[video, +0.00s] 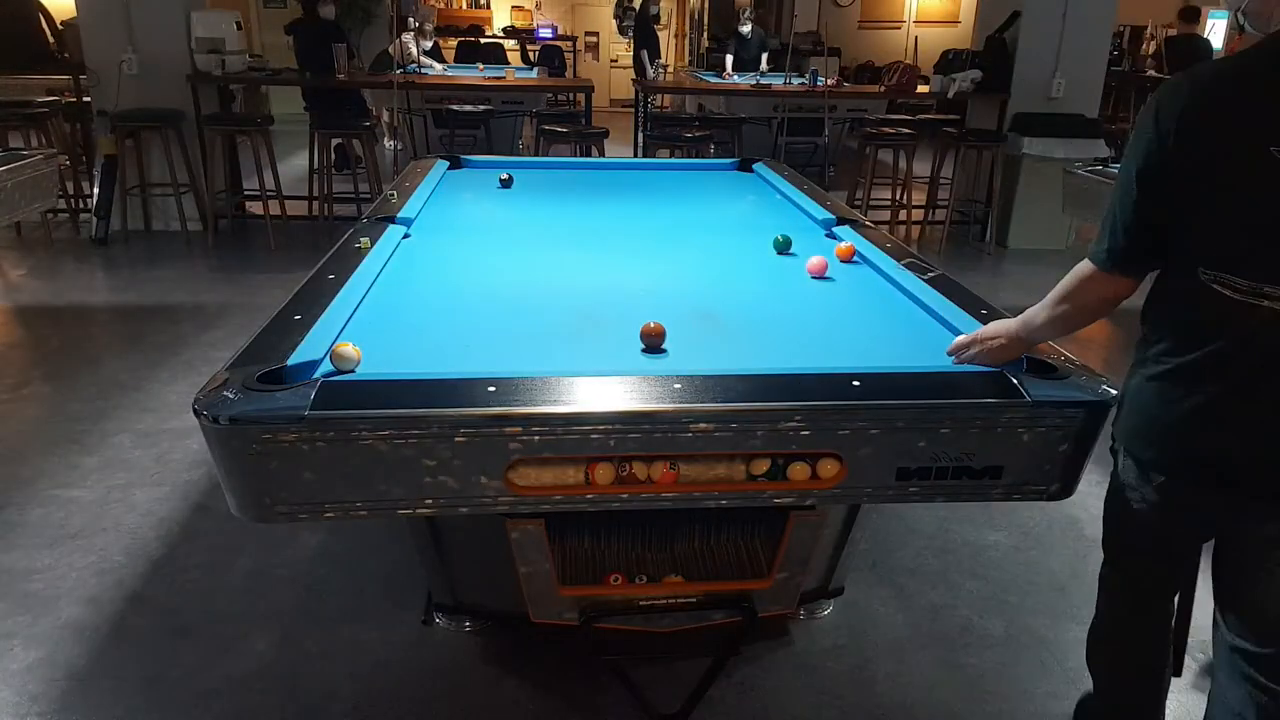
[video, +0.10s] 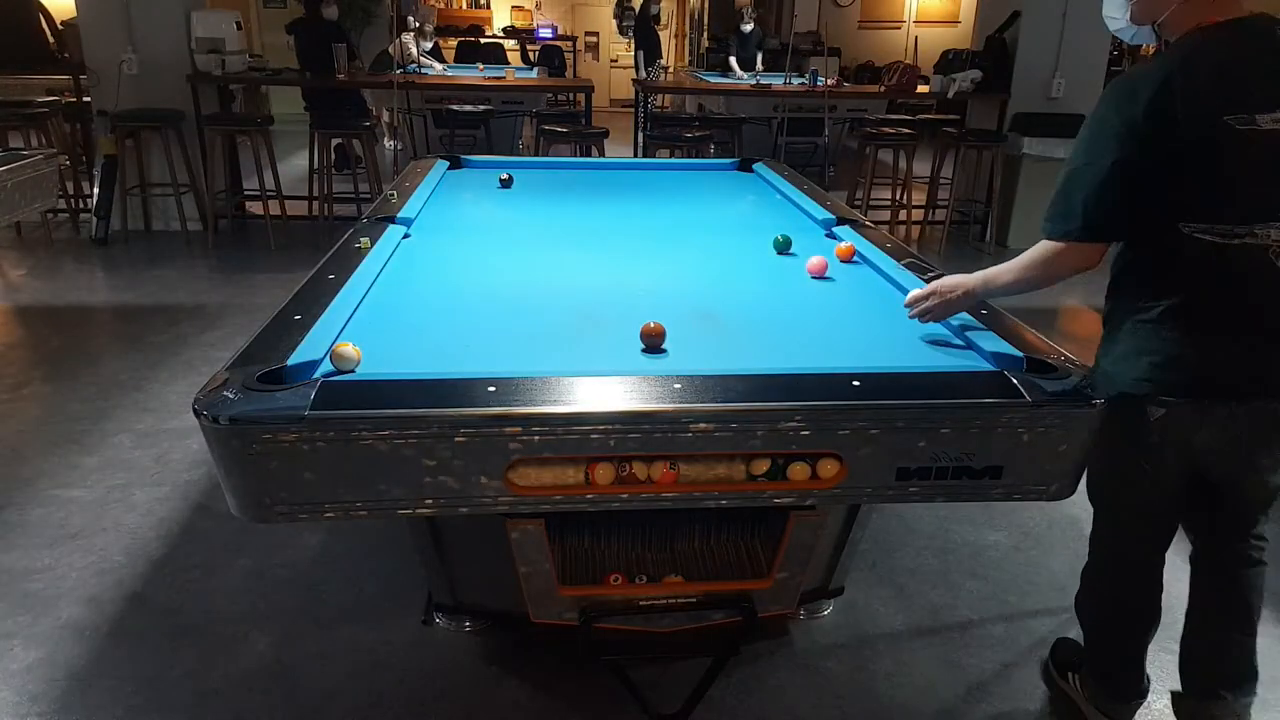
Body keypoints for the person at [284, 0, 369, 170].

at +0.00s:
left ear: (302, 8)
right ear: (319, 6)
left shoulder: (298, 30)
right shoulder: (332, 26)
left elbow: (301, 66)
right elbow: (350, 57)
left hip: (313, 99)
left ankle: (348, 150)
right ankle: (345, 149)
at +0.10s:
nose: (336, 9)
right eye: (332, 5)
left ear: (305, 7)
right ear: (324, 6)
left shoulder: (299, 27)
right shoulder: (333, 28)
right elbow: (352, 60)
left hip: (313, 99)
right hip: (339, 101)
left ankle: (347, 150)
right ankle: (345, 149)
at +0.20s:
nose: (340, 10)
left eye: (339, 5)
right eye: (337, 5)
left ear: (310, 8)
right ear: (327, 7)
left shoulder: (301, 28)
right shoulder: (336, 29)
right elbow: (354, 61)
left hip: (314, 99)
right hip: (341, 102)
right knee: (363, 110)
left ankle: (348, 150)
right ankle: (346, 149)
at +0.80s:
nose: (340, 9)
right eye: (338, 6)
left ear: (310, 10)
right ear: (336, 9)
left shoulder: (303, 31)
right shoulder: (344, 31)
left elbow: (309, 66)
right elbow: (357, 69)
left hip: (315, 102)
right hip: (346, 103)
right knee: (365, 112)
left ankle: (350, 151)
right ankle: (344, 148)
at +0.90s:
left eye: (307, 6)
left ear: (308, 9)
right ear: (332, 8)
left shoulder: (301, 31)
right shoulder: (343, 30)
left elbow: (306, 66)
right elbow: (356, 69)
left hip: (315, 102)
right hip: (346, 104)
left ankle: (350, 151)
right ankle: (344, 149)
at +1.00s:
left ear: (307, 9)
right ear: (332, 9)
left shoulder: (301, 32)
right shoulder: (343, 31)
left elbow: (306, 65)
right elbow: (357, 70)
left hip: (314, 101)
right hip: (345, 103)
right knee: (363, 108)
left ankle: (350, 151)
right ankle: (345, 149)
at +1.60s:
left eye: (306, 6)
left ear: (308, 9)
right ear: (332, 8)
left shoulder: (302, 31)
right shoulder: (343, 31)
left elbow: (306, 63)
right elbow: (357, 69)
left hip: (315, 101)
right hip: (346, 101)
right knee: (365, 112)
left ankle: (354, 152)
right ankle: (345, 149)